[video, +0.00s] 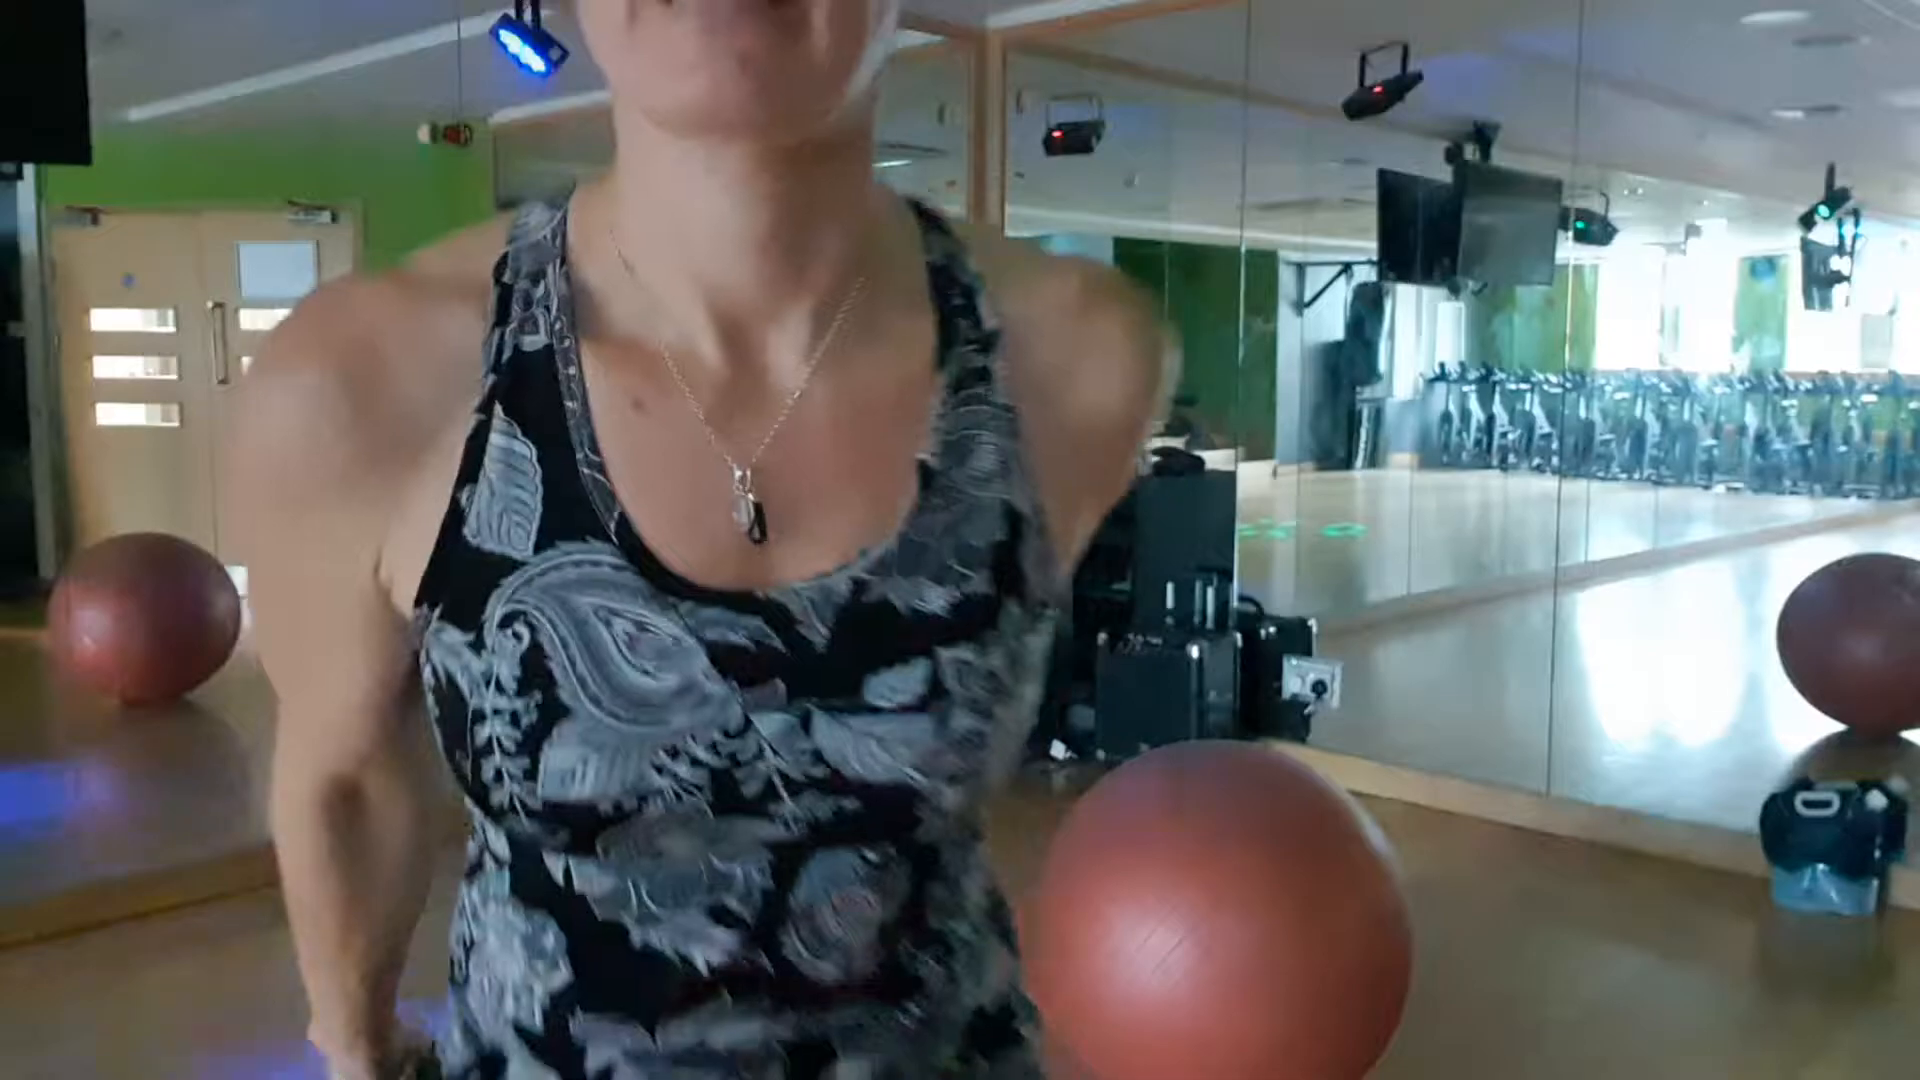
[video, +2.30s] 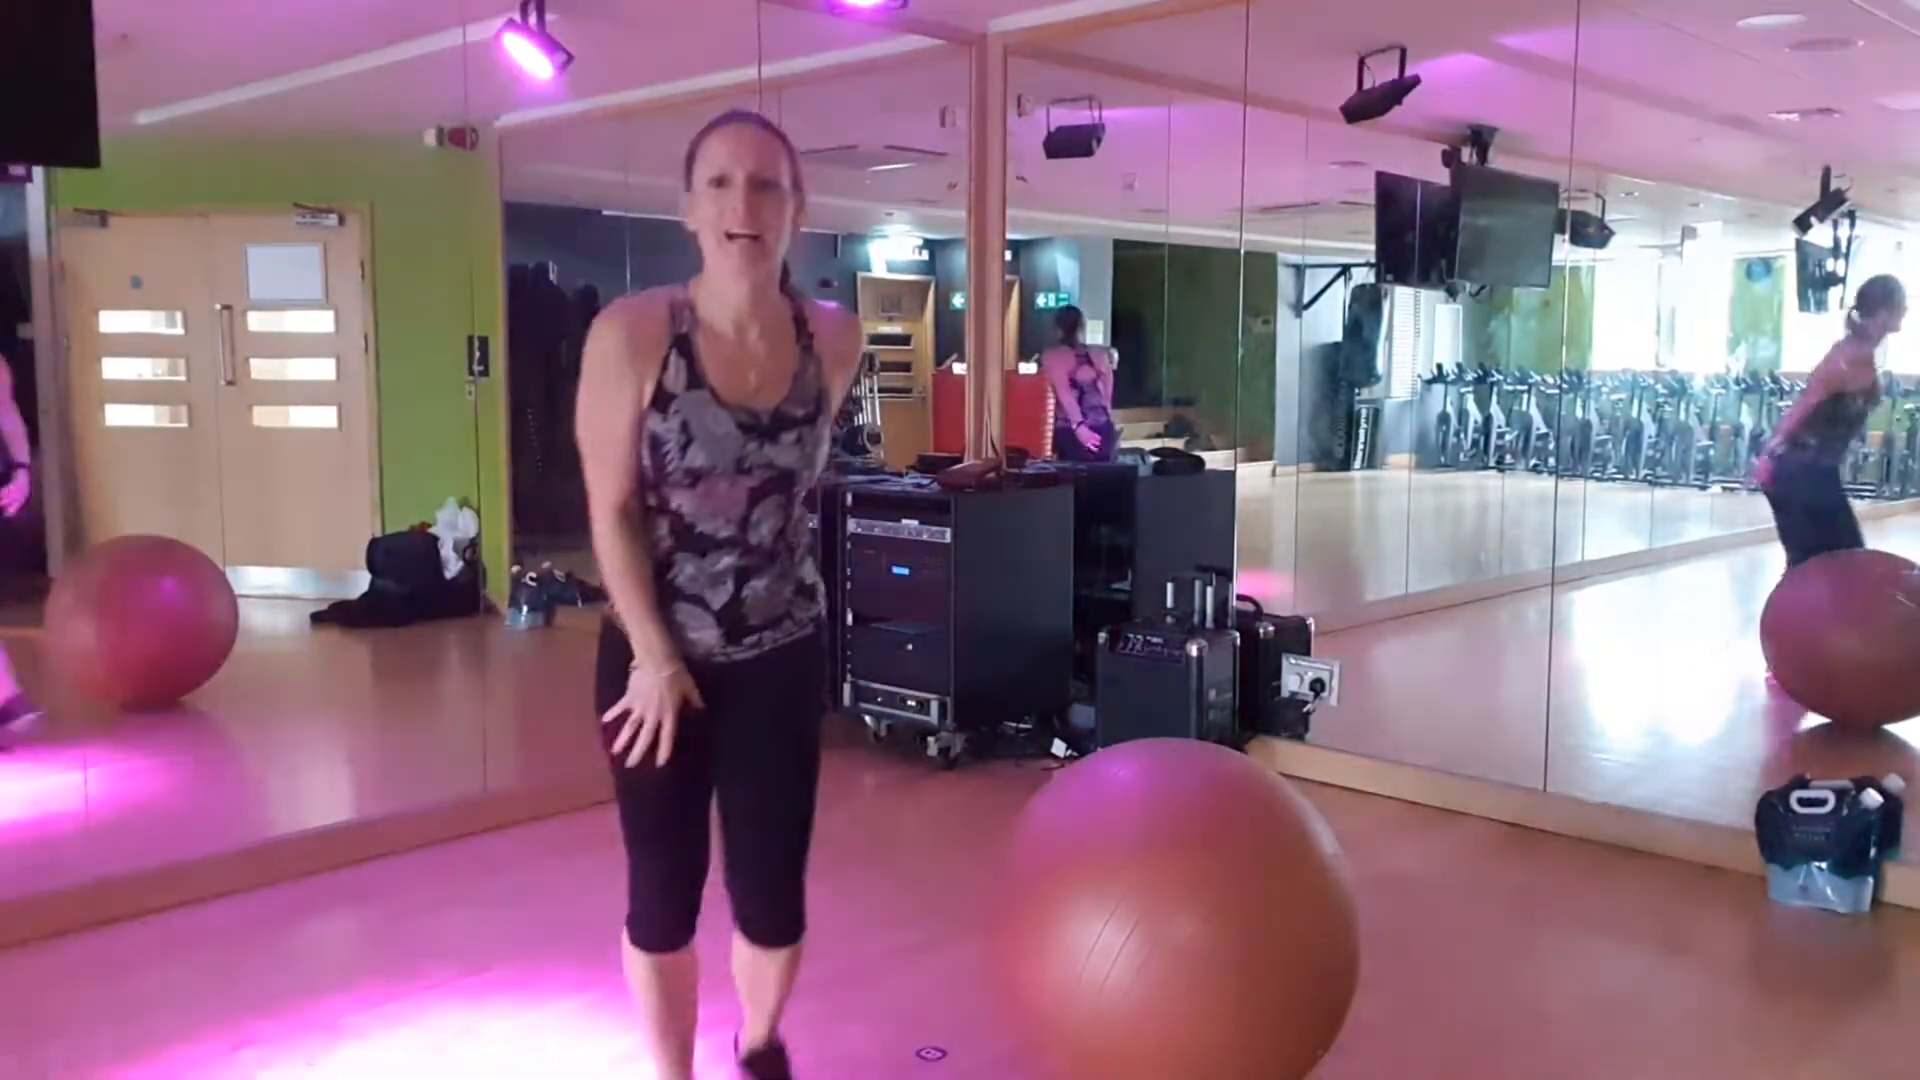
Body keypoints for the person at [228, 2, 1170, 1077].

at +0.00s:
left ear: (902, 1)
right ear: (560, 5)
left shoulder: (1081, 359)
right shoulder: (352, 387)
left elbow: (978, 763)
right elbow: (347, 786)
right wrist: (355, 1051)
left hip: (943, 1026)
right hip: (553, 1035)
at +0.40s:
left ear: (817, 11)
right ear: (576, 9)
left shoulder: (950, 273)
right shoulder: (434, 274)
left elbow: (1023, 632)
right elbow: (351, 666)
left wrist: (1168, 861)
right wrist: (282, 1007)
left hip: (850, 954)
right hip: (556, 959)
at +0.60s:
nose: (711, 31)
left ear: (828, 31)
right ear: (590, 22)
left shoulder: (947, 309)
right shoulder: (486, 307)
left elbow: (1040, 624)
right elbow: (445, 634)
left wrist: (1133, 840)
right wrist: (384, 900)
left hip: (831, 915)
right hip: (576, 915)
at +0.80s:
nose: (727, 97)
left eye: (775, 57)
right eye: (691, 43)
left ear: (832, 102)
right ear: (633, 76)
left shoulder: (916, 351)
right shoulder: (519, 317)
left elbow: (969, 663)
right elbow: (487, 597)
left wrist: (1005, 937)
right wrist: (445, 833)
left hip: (827, 892)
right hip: (592, 887)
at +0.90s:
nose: (722, 80)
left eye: (765, 37)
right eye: (685, 27)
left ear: (820, 75)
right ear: (631, 56)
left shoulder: (903, 315)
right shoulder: (524, 277)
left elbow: (924, 580)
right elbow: (477, 553)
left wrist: (930, 825)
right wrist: (434, 789)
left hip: (816, 845)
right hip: (586, 842)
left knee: (800, 1067)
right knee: (597, 1068)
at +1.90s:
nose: (740, 176)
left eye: (767, 161)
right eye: (716, 158)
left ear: (801, 197)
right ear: (679, 194)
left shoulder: (842, 346)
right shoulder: (599, 314)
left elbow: (894, 522)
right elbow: (520, 488)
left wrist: (934, 667)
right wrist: (465, 637)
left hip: (754, 692)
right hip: (604, 688)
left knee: (724, 975)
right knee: (625, 974)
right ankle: (640, 1062)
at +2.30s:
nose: (742, 202)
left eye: (765, 184)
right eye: (720, 183)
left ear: (797, 207)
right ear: (688, 208)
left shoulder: (833, 339)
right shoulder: (629, 333)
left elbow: (791, 491)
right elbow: (611, 509)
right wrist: (654, 653)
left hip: (780, 651)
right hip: (657, 650)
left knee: (772, 899)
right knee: (663, 902)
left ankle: (761, 1049)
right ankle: (670, 1072)